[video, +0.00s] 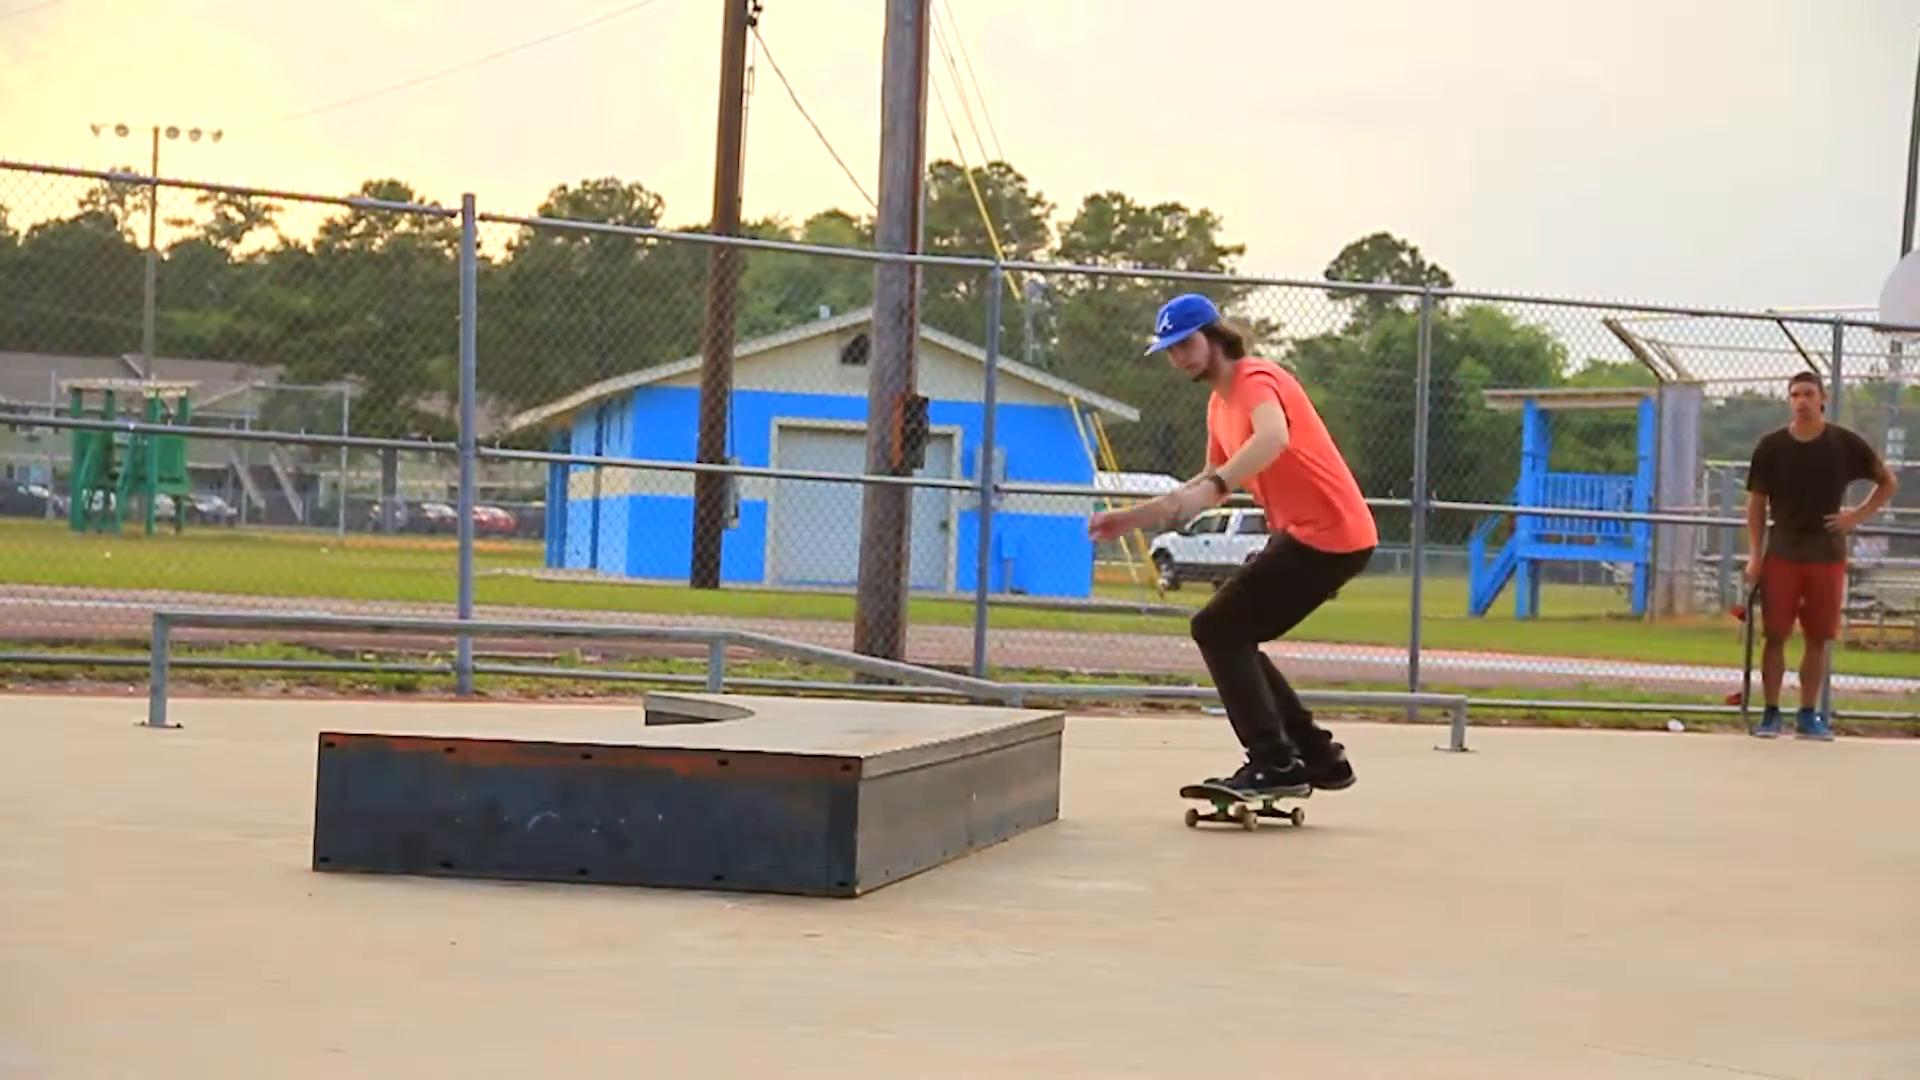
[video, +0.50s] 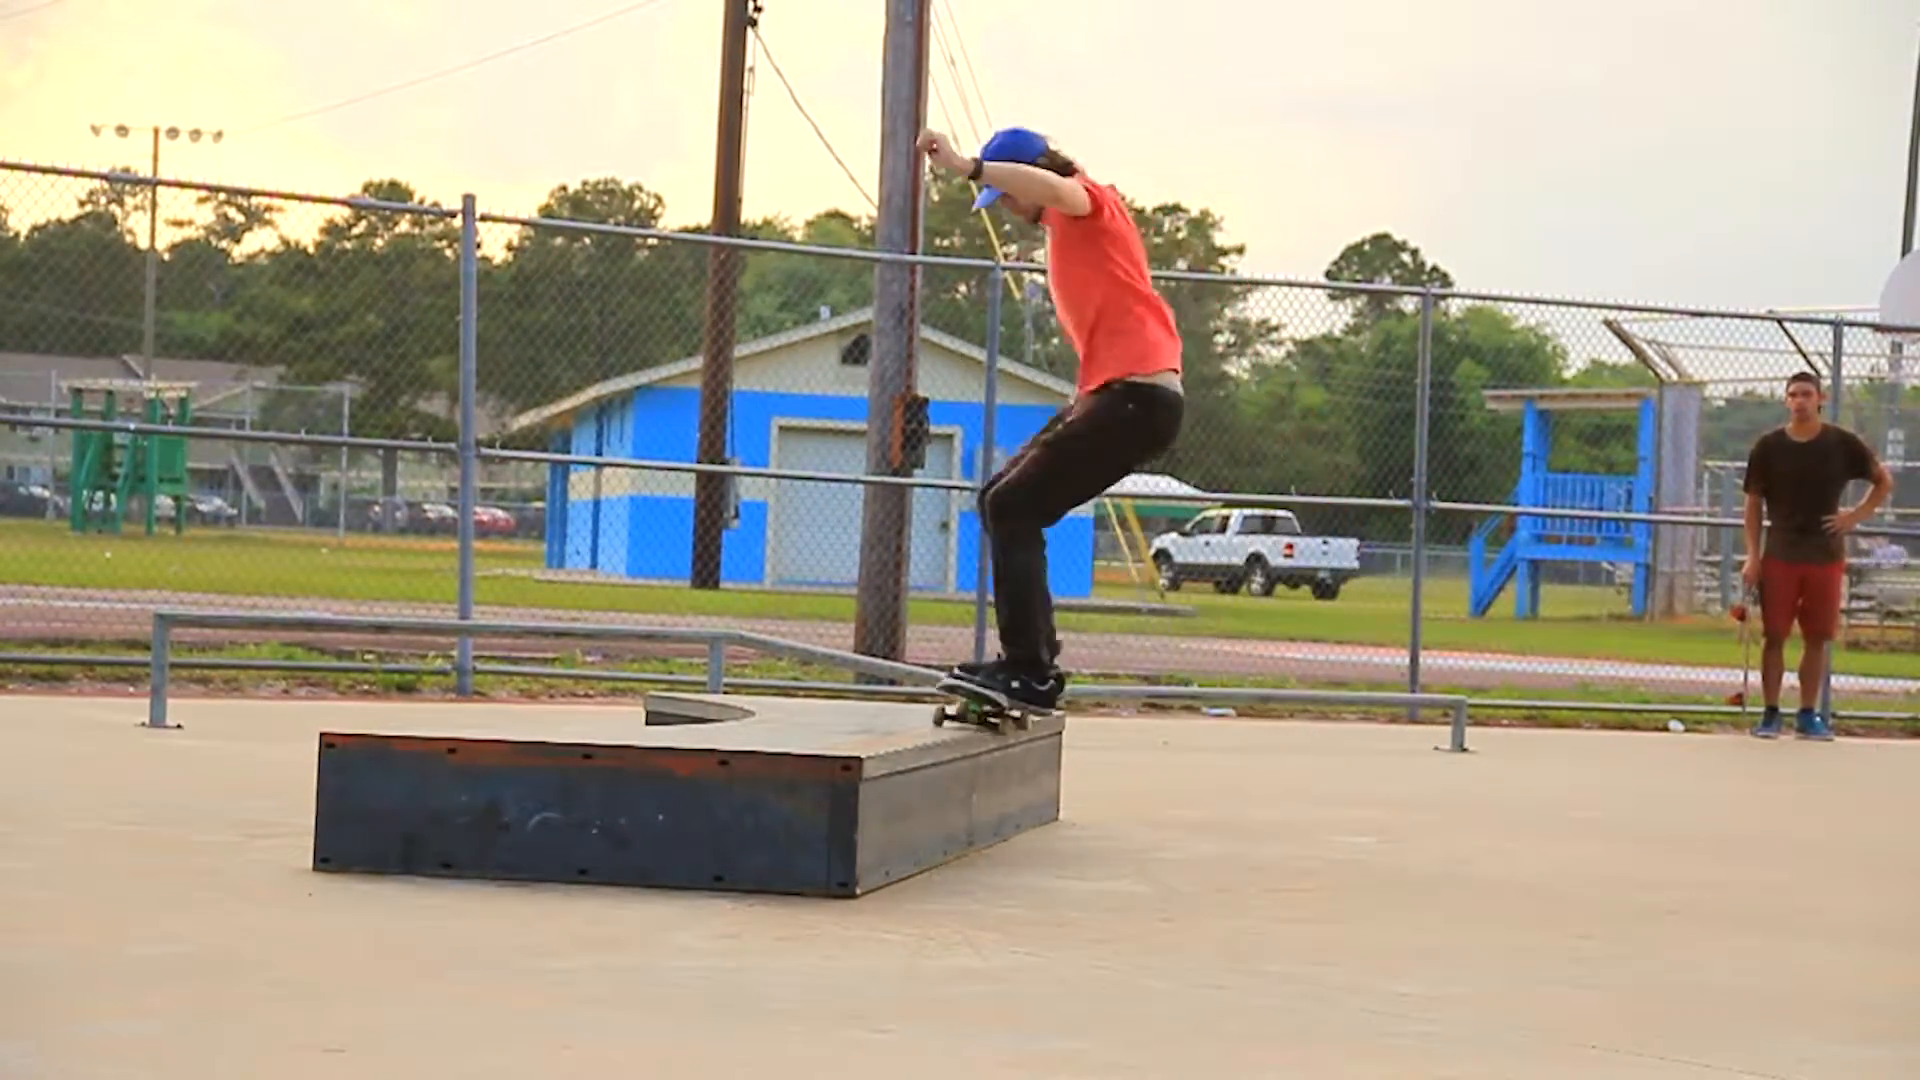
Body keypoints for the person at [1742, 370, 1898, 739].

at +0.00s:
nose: (1801, 402)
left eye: (1808, 395)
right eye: (1796, 395)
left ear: (1823, 400)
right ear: (1788, 401)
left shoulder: (1846, 443)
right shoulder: (1770, 446)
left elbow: (1888, 482)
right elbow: (1756, 503)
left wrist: (1859, 515)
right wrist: (1755, 554)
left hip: (1826, 554)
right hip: (1781, 552)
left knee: (1818, 640)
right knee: (1774, 636)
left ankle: (1808, 714)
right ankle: (1770, 712)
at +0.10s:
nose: (1800, 401)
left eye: (1807, 395)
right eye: (1795, 395)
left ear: (1822, 399)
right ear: (1787, 401)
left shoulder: (1845, 443)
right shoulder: (1770, 446)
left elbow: (1888, 482)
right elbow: (1756, 503)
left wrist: (1857, 515)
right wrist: (1755, 554)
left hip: (1825, 556)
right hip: (1781, 554)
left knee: (1818, 640)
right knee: (1774, 637)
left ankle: (1807, 714)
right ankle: (1771, 712)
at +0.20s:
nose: (1800, 402)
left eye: (1807, 395)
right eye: (1795, 396)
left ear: (1822, 399)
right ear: (1787, 401)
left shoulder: (1845, 443)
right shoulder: (1769, 446)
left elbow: (1887, 482)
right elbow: (1754, 502)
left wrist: (1857, 515)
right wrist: (1754, 554)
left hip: (1825, 557)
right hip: (1780, 554)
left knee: (1818, 640)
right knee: (1774, 637)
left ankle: (1808, 714)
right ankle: (1771, 712)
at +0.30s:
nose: (1799, 402)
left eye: (1806, 395)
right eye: (1794, 395)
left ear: (1821, 399)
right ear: (1786, 401)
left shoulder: (1845, 444)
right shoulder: (1768, 447)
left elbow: (1886, 482)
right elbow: (1754, 504)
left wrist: (1857, 515)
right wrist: (1753, 555)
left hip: (1825, 556)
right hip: (1780, 554)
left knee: (1818, 640)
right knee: (1774, 637)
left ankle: (1808, 714)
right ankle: (1771, 712)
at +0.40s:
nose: (1799, 402)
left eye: (1806, 395)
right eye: (1794, 395)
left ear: (1821, 399)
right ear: (1786, 401)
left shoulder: (1844, 444)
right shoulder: (1768, 447)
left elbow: (1886, 482)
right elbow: (1753, 503)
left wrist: (1857, 515)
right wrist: (1752, 555)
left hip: (1824, 556)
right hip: (1779, 554)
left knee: (1818, 640)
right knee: (1774, 637)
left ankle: (1808, 714)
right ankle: (1770, 712)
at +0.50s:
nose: (1799, 402)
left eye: (1805, 395)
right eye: (1793, 395)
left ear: (1820, 399)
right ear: (1786, 401)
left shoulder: (1843, 443)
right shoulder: (1767, 447)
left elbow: (1884, 481)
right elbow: (1753, 503)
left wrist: (1856, 515)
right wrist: (1752, 554)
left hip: (1824, 556)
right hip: (1779, 553)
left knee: (1817, 639)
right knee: (1774, 637)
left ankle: (1808, 714)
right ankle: (1770, 713)